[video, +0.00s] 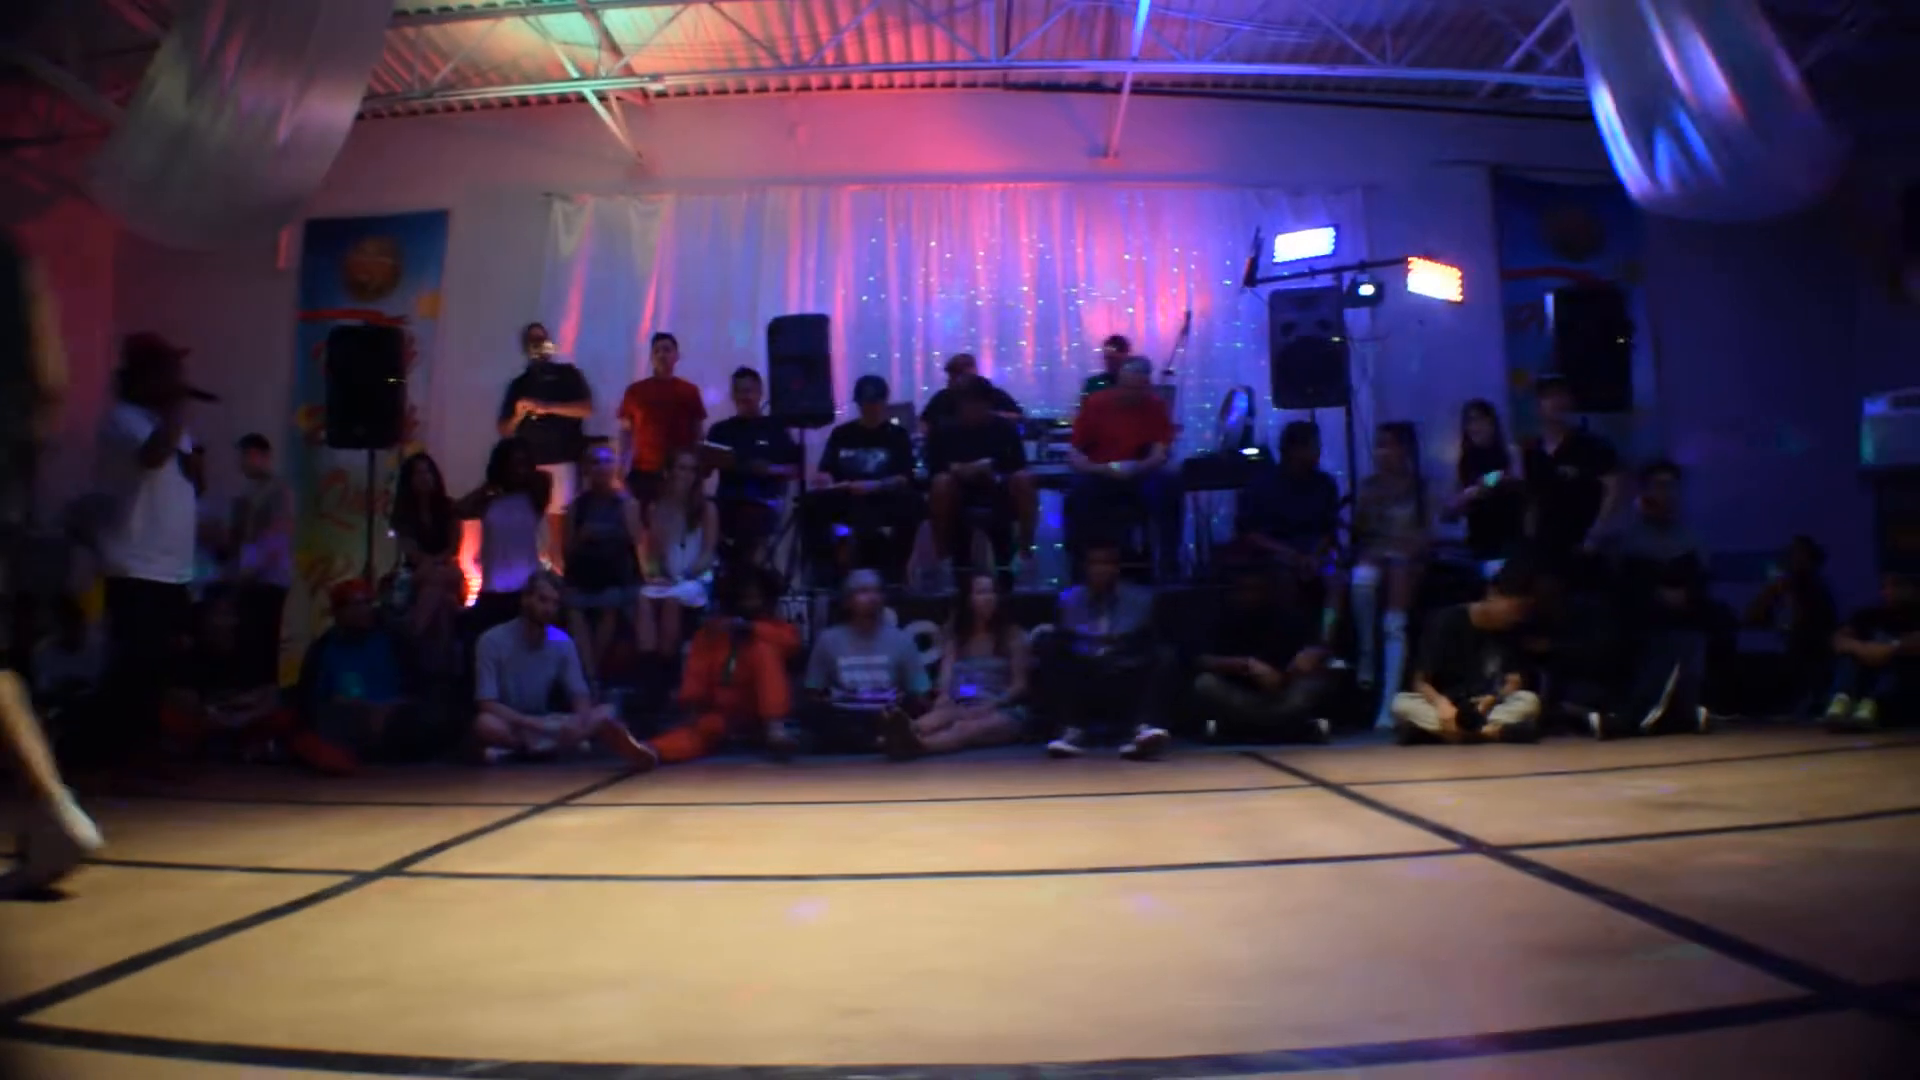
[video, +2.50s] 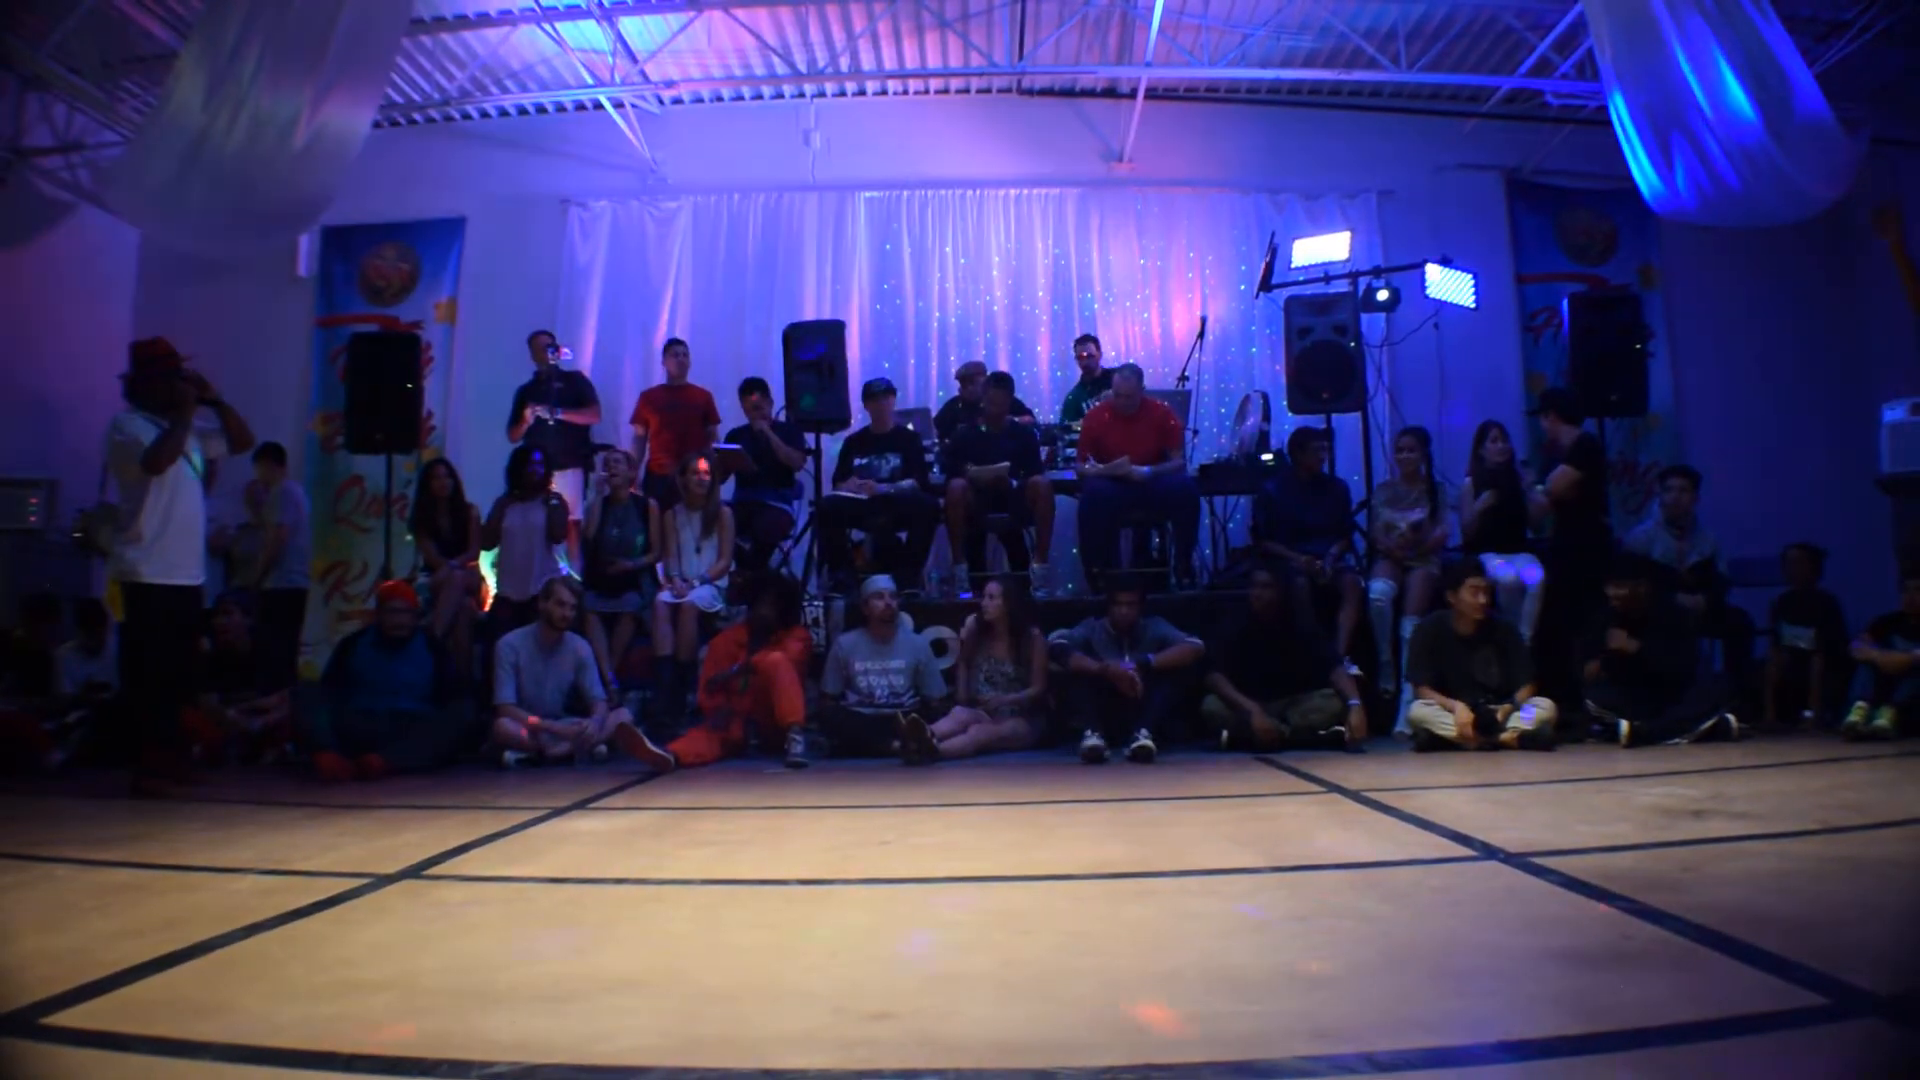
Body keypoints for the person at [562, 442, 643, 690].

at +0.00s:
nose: (602, 469)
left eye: (607, 462)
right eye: (596, 462)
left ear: (615, 467)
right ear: (587, 468)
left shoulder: (626, 504)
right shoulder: (577, 506)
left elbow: (636, 539)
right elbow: (568, 545)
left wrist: (642, 572)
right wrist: (569, 572)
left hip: (617, 575)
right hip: (582, 575)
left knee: (610, 613)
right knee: (575, 614)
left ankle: (596, 671)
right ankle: (589, 677)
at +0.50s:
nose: (601, 469)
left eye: (606, 463)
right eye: (595, 464)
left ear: (612, 468)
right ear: (583, 471)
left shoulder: (627, 502)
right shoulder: (574, 507)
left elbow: (635, 540)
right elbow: (567, 551)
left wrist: (617, 517)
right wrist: (580, 537)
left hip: (617, 575)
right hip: (582, 576)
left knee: (608, 607)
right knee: (571, 608)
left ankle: (593, 675)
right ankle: (589, 680)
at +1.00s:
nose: (627, 468)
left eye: (631, 462)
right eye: (620, 462)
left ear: (638, 467)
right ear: (610, 470)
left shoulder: (653, 501)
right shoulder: (602, 505)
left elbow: (661, 542)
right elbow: (594, 544)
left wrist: (637, 532)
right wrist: (610, 524)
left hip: (642, 573)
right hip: (608, 574)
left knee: (633, 605)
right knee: (597, 607)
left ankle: (618, 672)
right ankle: (615, 676)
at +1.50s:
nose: (622, 469)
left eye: (628, 464)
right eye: (616, 465)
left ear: (636, 469)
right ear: (608, 471)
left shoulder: (653, 503)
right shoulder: (599, 506)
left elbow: (660, 546)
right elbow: (593, 543)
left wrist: (639, 539)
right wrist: (607, 521)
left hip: (639, 574)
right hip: (606, 574)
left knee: (634, 606)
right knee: (595, 608)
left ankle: (617, 673)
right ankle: (613, 679)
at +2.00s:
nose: (618, 471)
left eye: (622, 465)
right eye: (611, 467)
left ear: (630, 470)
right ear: (603, 474)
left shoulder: (646, 505)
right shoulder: (596, 506)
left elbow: (657, 548)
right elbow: (588, 542)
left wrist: (634, 548)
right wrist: (595, 494)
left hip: (634, 575)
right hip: (602, 574)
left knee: (629, 609)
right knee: (591, 610)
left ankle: (610, 674)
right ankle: (608, 680)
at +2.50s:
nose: (611, 470)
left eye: (617, 465)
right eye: (608, 466)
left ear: (630, 472)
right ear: (603, 473)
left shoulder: (647, 505)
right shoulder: (596, 504)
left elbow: (656, 551)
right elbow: (589, 533)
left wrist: (630, 564)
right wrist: (598, 495)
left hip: (633, 575)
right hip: (600, 573)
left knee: (628, 609)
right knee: (590, 610)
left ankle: (610, 671)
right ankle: (607, 677)